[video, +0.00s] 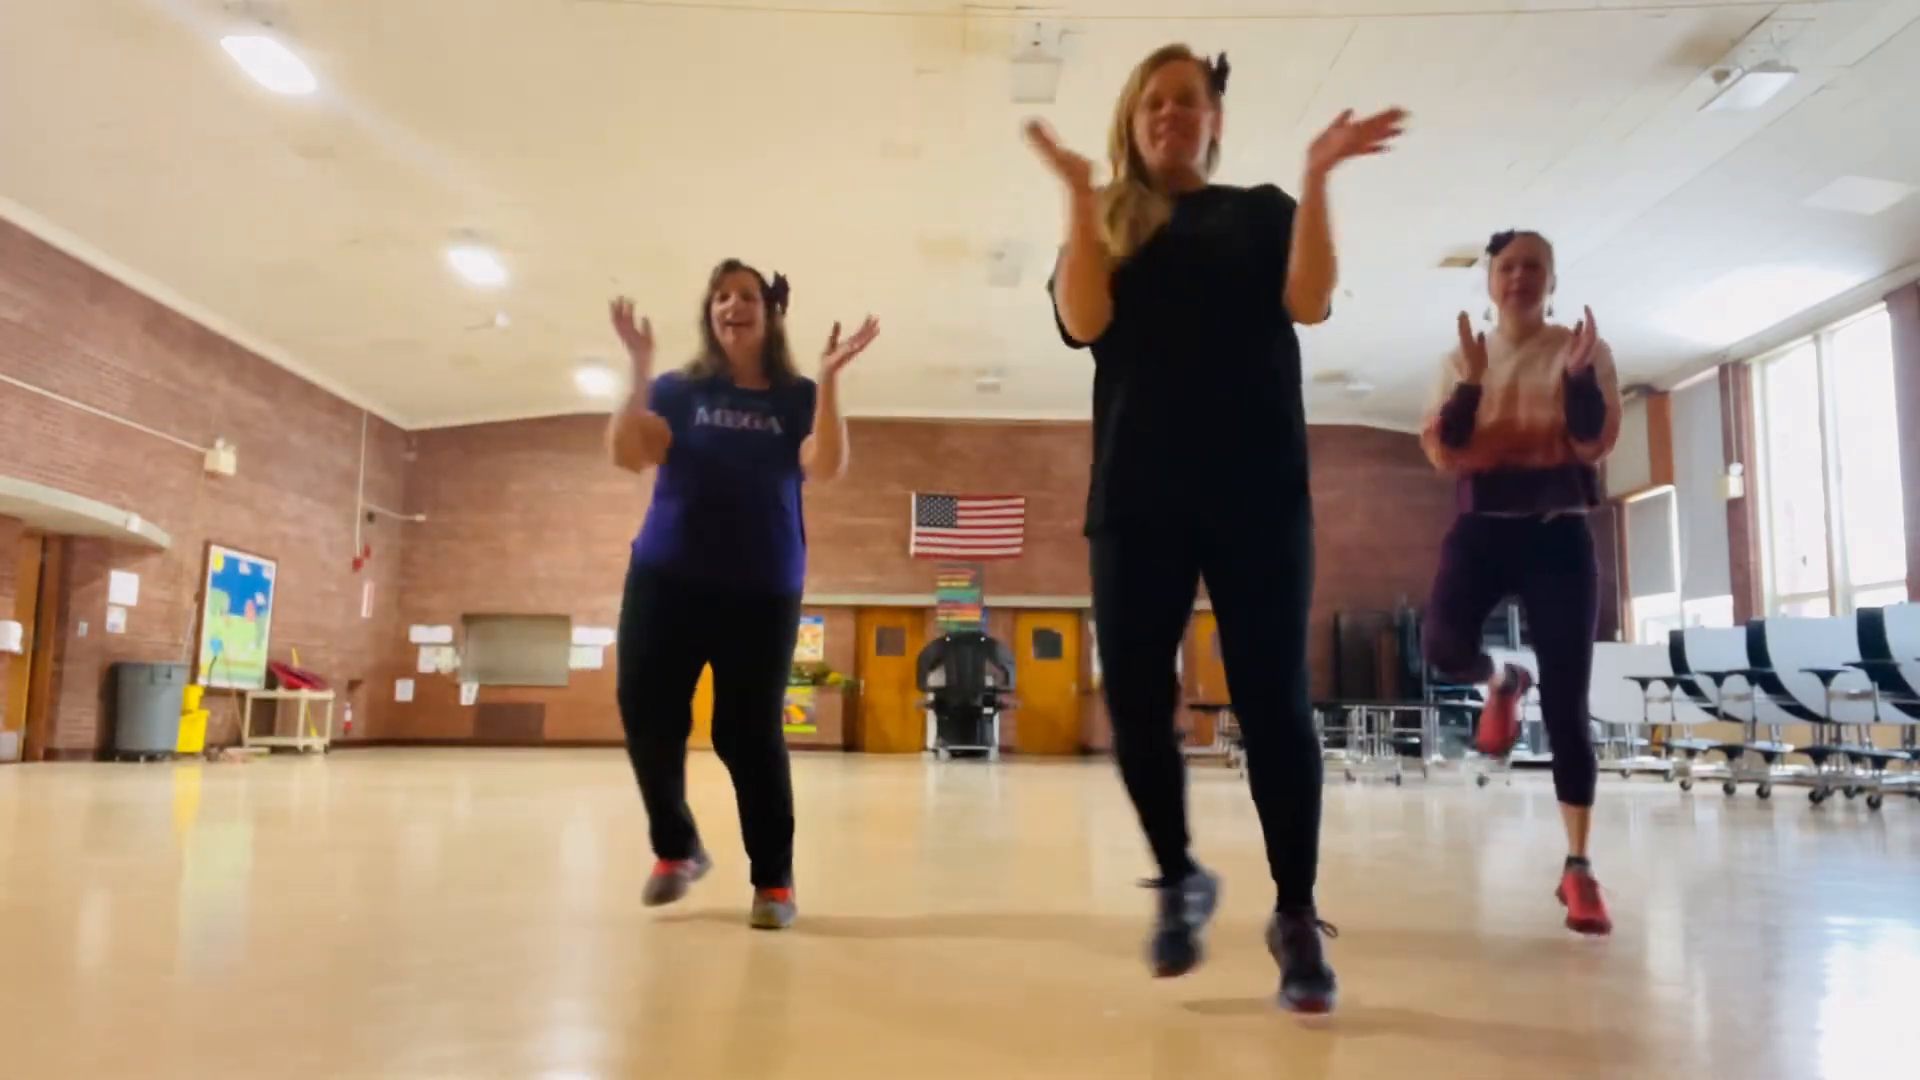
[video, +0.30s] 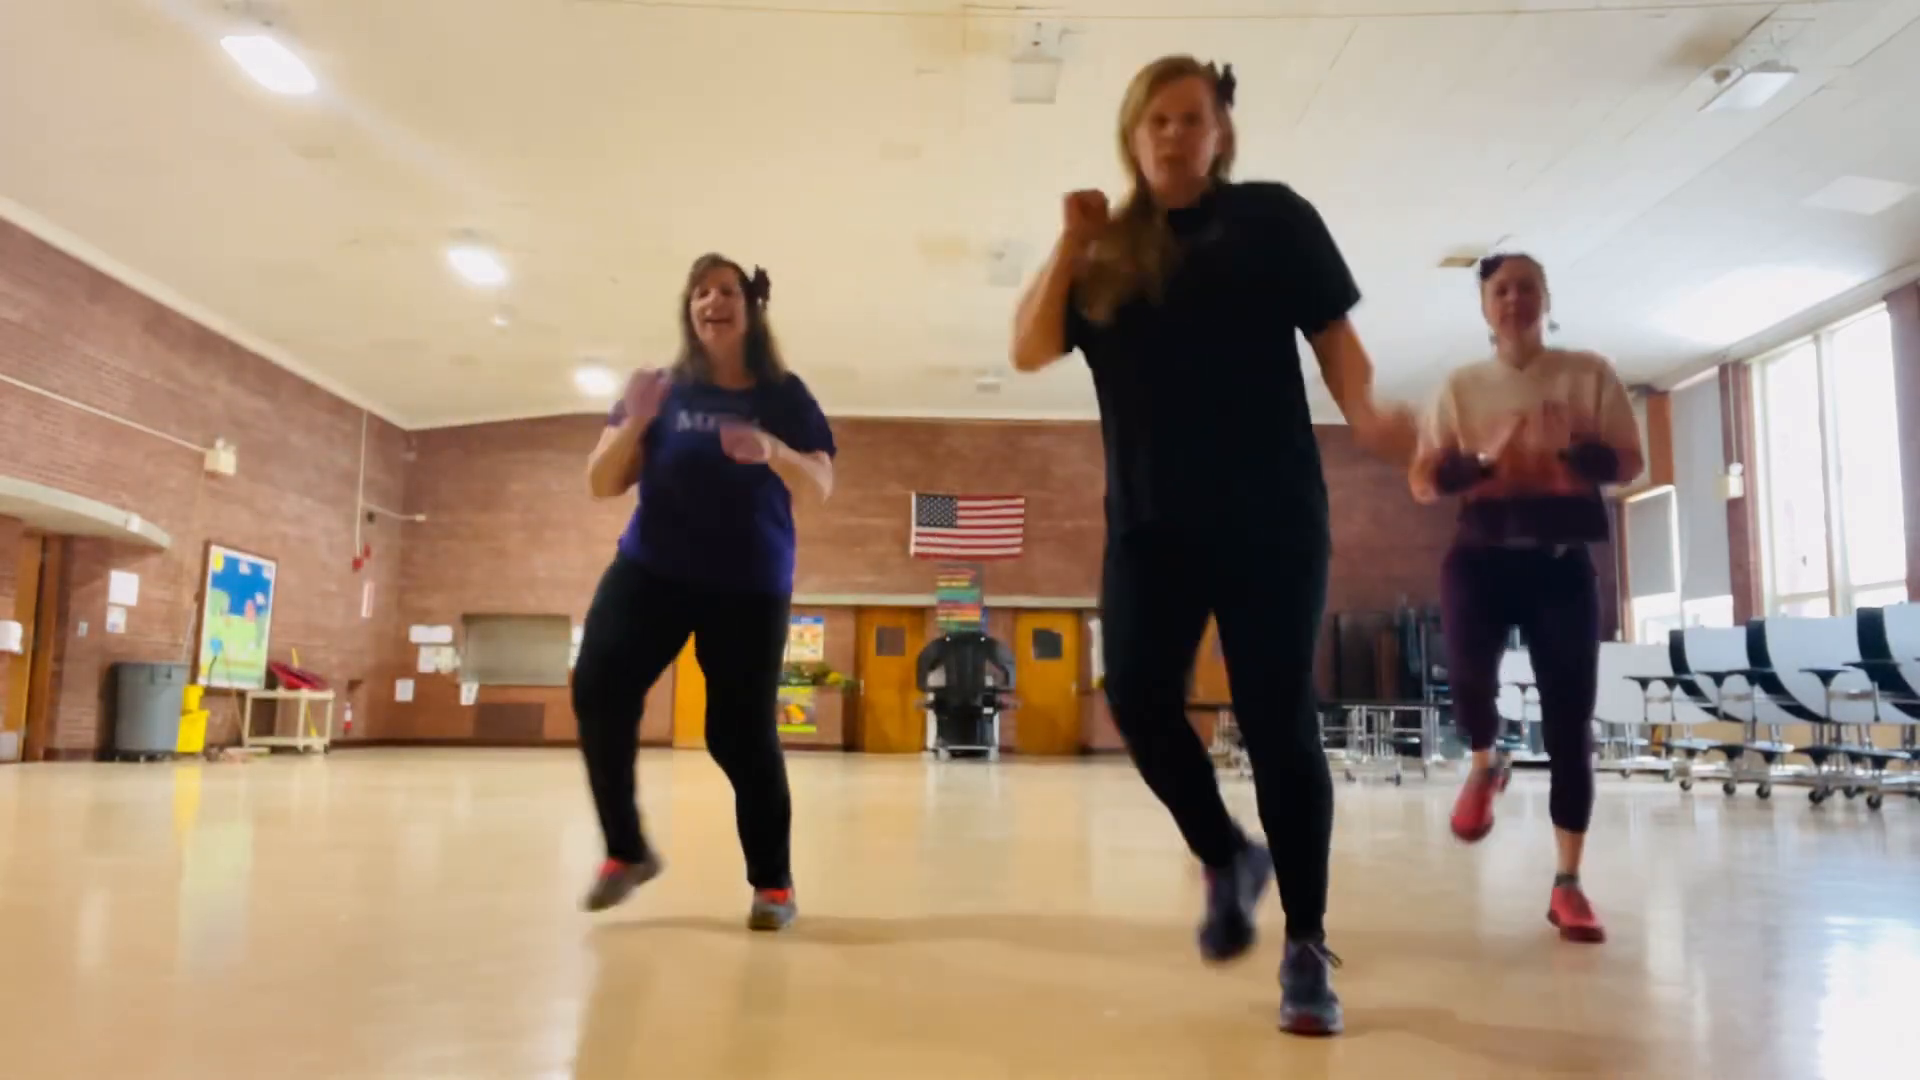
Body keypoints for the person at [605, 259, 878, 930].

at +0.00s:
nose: (732, 305)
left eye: (745, 295)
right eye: (721, 297)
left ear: (770, 314)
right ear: (709, 316)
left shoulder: (797, 395)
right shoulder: (680, 388)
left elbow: (827, 467)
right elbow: (628, 455)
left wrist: (829, 381)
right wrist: (638, 367)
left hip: (760, 587)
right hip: (668, 578)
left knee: (749, 732)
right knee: (648, 719)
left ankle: (773, 880)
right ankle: (676, 851)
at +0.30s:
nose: (713, 301)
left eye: (727, 291)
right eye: (702, 293)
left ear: (751, 307)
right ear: (688, 312)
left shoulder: (783, 396)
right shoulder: (660, 390)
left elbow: (820, 486)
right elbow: (603, 484)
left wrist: (773, 449)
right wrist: (634, 421)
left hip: (746, 587)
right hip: (652, 573)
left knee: (741, 733)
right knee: (598, 693)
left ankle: (772, 884)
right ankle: (627, 854)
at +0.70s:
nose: (571, 302)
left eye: (584, 290)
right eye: (557, 292)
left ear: (609, 304)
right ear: (541, 309)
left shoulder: (649, 392)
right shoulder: (513, 400)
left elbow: (696, 481)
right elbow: (482, 496)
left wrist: (674, 502)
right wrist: (444, 469)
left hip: (640, 584)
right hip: (535, 584)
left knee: (671, 733)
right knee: (498, 737)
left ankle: (721, 866)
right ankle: (486, 897)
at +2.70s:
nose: (597, 305)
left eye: (612, 295)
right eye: (584, 293)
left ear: (636, 307)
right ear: (566, 305)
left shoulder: (658, 392)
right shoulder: (524, 378)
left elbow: (695, 484)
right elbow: (474, 469)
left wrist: (690, 513)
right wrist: (424, 542)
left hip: (603, 583)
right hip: (501, 569)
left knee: (596, 736)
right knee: (459, 709)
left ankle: (603, 904)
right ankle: (459, 858)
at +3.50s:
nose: (682, 322)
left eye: (694, 312)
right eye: (670, 313)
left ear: (717, 323)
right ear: (654, 328)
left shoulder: (753, 405)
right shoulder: (631, 414)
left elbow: (791, 496)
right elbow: (611, 492)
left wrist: (783, 563)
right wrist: (605, 540)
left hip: (739, 601)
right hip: (647, 600)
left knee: (750, 740)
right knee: (635, 742)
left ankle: (786, 882)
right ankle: (639, 878)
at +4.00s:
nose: (793, 321)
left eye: (806, 313)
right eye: (782, 310)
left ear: (822, 330)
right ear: (762, 321)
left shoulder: (825, 420)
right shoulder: (716, 389)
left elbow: (831, 514)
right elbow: (649, 467)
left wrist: (893, 556)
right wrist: (663, 456)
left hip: (781, 591)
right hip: (689, 572)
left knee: (761, 737)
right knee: (639, 711)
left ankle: (742, 882)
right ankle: (617, 834)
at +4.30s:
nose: (873, 352)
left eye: (880, 343)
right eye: (863, 333)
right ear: (836, 327)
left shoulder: (860, 415)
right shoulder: (778, 369)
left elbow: (850, 514)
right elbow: (703, 407)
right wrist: (756, 359)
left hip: (787, 567)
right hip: (716, 541)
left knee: (776, 717)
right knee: (727, 698)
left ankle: (738, 883)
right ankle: (638, 878)